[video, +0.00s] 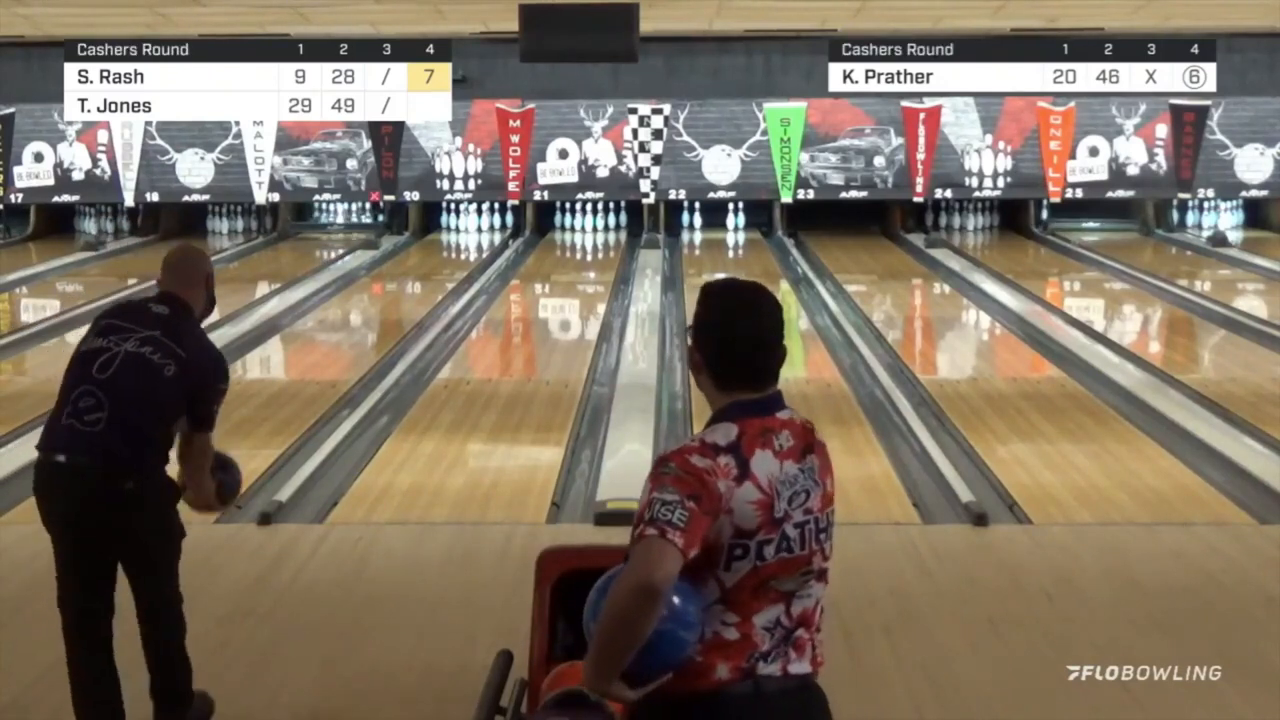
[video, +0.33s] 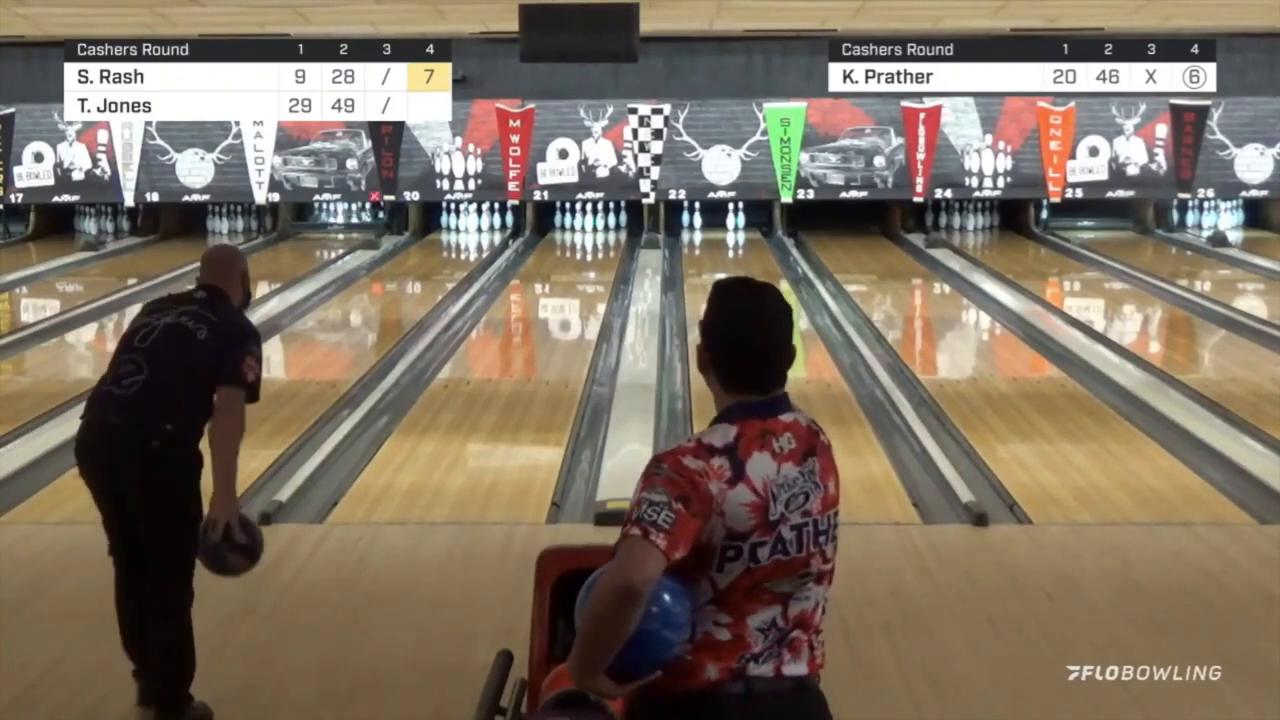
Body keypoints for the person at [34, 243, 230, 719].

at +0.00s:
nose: (214, 299)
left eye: (212, 290)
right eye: (213, 289)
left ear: (158, 283)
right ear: (206, 290)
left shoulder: (110, 315)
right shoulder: (205, 359)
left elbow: (119, 409)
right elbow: (195, 460)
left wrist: (172, 463)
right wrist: (207, 497)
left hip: (56, 474)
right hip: (132, 485)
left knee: (84, 612)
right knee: (159, 604)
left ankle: (96, 713)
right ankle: (174, 707)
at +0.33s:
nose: (250, 292)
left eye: (249, 285)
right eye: (250, 285)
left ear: (200, 278)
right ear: (241, 283)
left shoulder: (158, 307)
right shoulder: (236, 328)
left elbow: (122, 375)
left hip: (97, 443)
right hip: (160, 453)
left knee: (131, 561)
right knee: (171, 572)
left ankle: (148, 676)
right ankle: (171, 698)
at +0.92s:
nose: (311, 287)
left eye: (308, 279)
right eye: (311, 281)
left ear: (274, 269)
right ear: (303, 286)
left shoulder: (247, 296)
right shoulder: (277, 293)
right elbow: (244, 231)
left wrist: (242, 168)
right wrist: (242, 172)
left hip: (169, 414)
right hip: (220, 421)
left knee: (191, 515)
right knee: (250, 514)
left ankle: (179, 612)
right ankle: (237, 612)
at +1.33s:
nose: (347, 297)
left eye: (343, 290)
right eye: (346, 292)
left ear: (313, 289)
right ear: (343, 295)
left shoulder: (281, 310)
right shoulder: (342, 335)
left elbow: (227, 301)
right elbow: (316, 366)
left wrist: (175, 288)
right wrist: (291, 420)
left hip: (214, 401)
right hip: (254, 413)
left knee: (264, 465)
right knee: (239, 495)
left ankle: (284, 531)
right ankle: (215, 545)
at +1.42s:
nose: (350, 293)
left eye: (338, 283)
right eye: (351, 288)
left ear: (318, 284)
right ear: (349, 295)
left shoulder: (288, 299)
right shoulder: (347, 347)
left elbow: (236, 300)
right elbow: (346, 419)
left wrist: (185, 298)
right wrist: (340, 479)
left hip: (219, 392)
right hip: (256, 418)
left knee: (267, 448)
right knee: (214, 495)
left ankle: (285, 528)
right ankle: (155, 534)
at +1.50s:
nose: (355, 299)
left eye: (347, 291)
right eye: (355, 295)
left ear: (324, 287)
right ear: (352, 299)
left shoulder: (296, 297)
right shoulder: (350, 350)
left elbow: (248, 295)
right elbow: (351, 407)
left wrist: (205, 292)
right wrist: (356, 444)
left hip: (221, 385)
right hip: (257, 410)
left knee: (267, 450)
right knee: (205, 486)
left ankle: (285, 529)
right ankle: (122, 508)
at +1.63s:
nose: (358, 301)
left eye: (350, 296)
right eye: (359, 300)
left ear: (329, 297)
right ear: (359, 312)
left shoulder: (302, 302)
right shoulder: (359, 342)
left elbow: (271, 283)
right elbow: (377, 316)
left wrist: (241, 257)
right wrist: (378, 266)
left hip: (222, 381)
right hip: (248, 412)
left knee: (274, 433)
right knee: (188, 477)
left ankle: (285, 525)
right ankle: (100, 447)